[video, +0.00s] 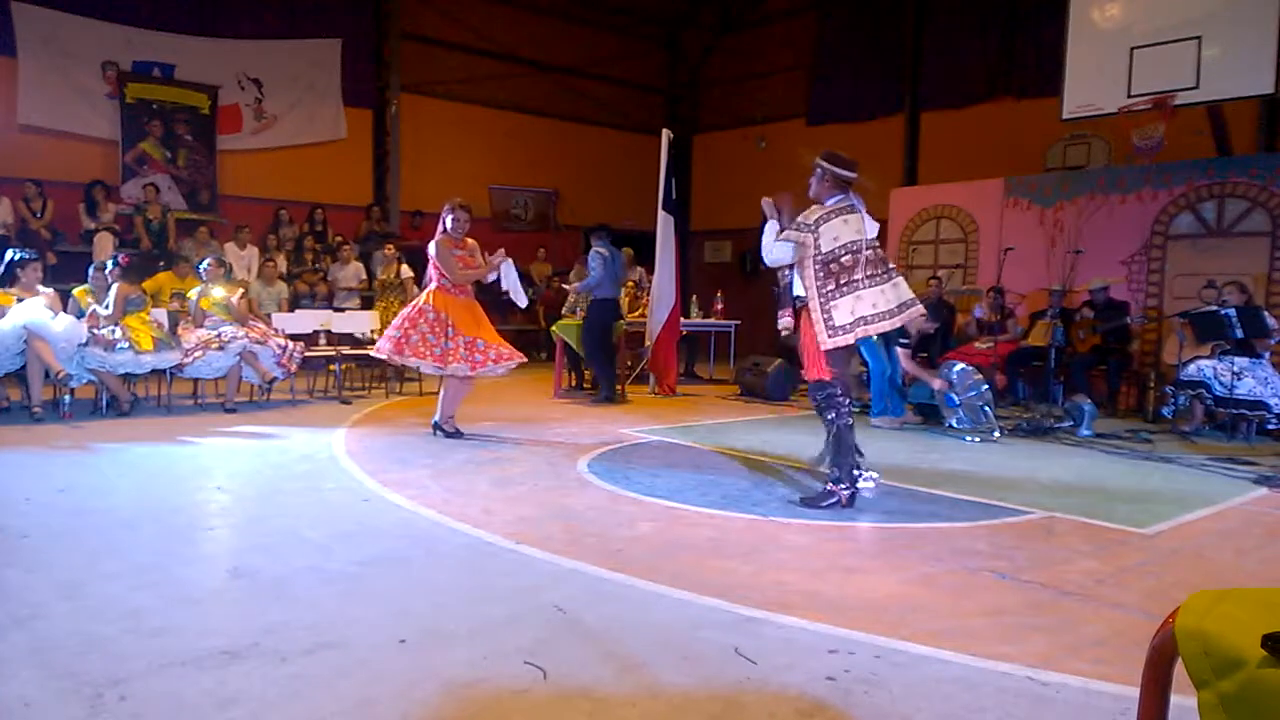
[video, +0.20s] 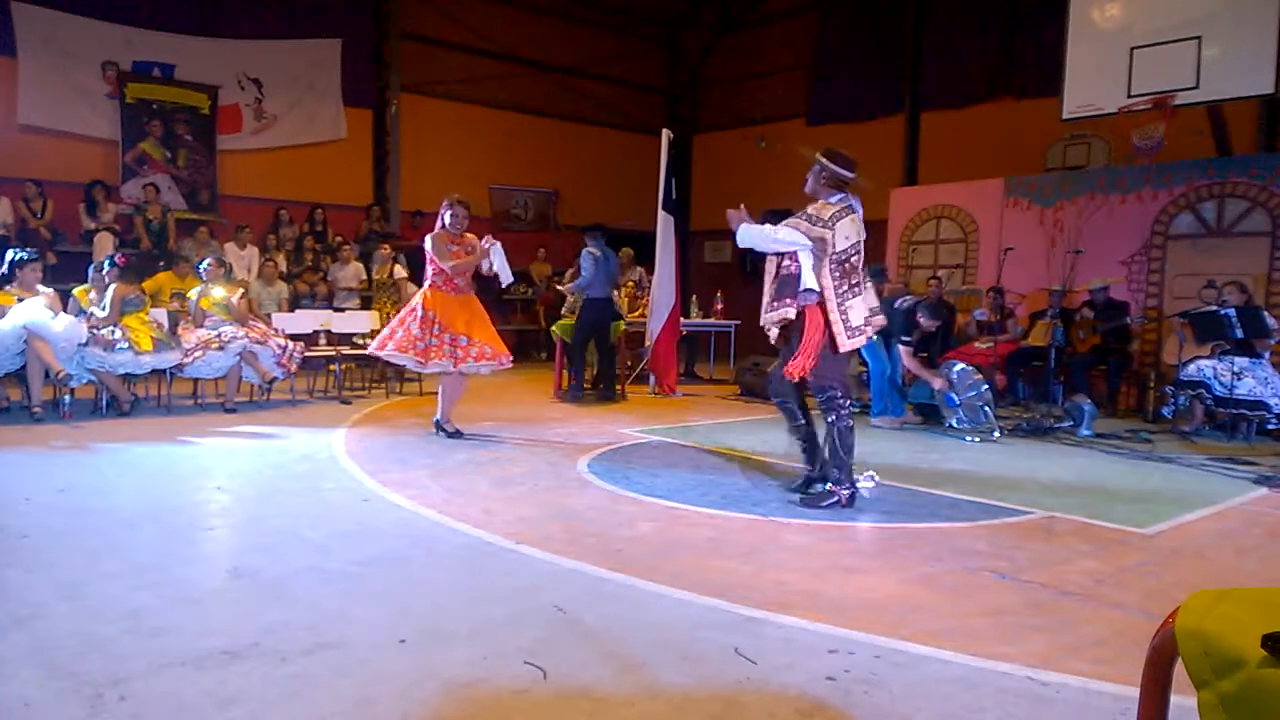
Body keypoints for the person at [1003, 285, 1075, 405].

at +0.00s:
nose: (1055, 299)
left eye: (1058, 296)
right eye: (1053, 296)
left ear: (1063, 297)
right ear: (1049, 297)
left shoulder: (1068, 314)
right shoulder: (1036, 315)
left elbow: (1068, 338)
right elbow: (1027, 335)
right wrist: (1024, 342)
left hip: (1055, 349)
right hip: (1035, 348)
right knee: (1013, 358)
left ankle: (1044, 398)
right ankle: (1012, 394)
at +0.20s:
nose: (1055, 299)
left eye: (1058, 296)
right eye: (1053, 296)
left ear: (1063, 298)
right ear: (1049, 297)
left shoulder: (1068, 314)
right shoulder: (1036, 315)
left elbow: (1068, 338)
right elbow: (1027, 335)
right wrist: (1024, 342)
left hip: (1055, 349)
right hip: (1035, 348)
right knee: (1012, 358)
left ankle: (1044, 397)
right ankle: (1012, 394)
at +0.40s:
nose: (1055, 299)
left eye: (1058, 296)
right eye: (1053, 296)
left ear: (1063, 298)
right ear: (1049, 297)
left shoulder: (1067, 314)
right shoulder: (1036, 315)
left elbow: (1068, 338)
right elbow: (1028, 334)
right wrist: (1024, 342)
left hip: (1054, 349)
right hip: (1034, 348)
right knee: (1012, 358)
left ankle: (1044, 397)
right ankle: (1012, 394)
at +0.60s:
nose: (1055, 300)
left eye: (1058, 297)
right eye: (1053, 296)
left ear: (1063, 298)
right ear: (1049, 297)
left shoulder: (1067, 314)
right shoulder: (1037, 315)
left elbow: (1068, 339)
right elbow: (1027, 335)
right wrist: (1025, 342)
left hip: (1055, 349)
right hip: (1035, 348)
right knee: (1013, 358)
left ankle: (1044, 397)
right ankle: (1013, 394)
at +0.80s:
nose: (1055, 299)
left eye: (1059, 296)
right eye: (1053, 296)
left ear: (1063, 298)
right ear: (1049, 297)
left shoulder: (1068, 314)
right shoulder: (1036, 315)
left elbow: (1068, 339)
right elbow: (1028, 335)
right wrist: (1024, 342)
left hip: (1055, 349)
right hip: (1035, 348)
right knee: (1012, 358)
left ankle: (1042, 398)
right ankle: (1012, 395)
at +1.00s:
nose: (1055, 300)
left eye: (1058, 296)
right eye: (1053, 296)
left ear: (1063, 298)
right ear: (1049, 297)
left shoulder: (1068, 314)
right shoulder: (1036, 315)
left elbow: (1067, 340)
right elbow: (1028, 334)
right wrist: (1024, 342)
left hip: (1054, 349)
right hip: (1034, 348)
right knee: (1012, 359)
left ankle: (1043, 398)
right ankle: (1012, 395)